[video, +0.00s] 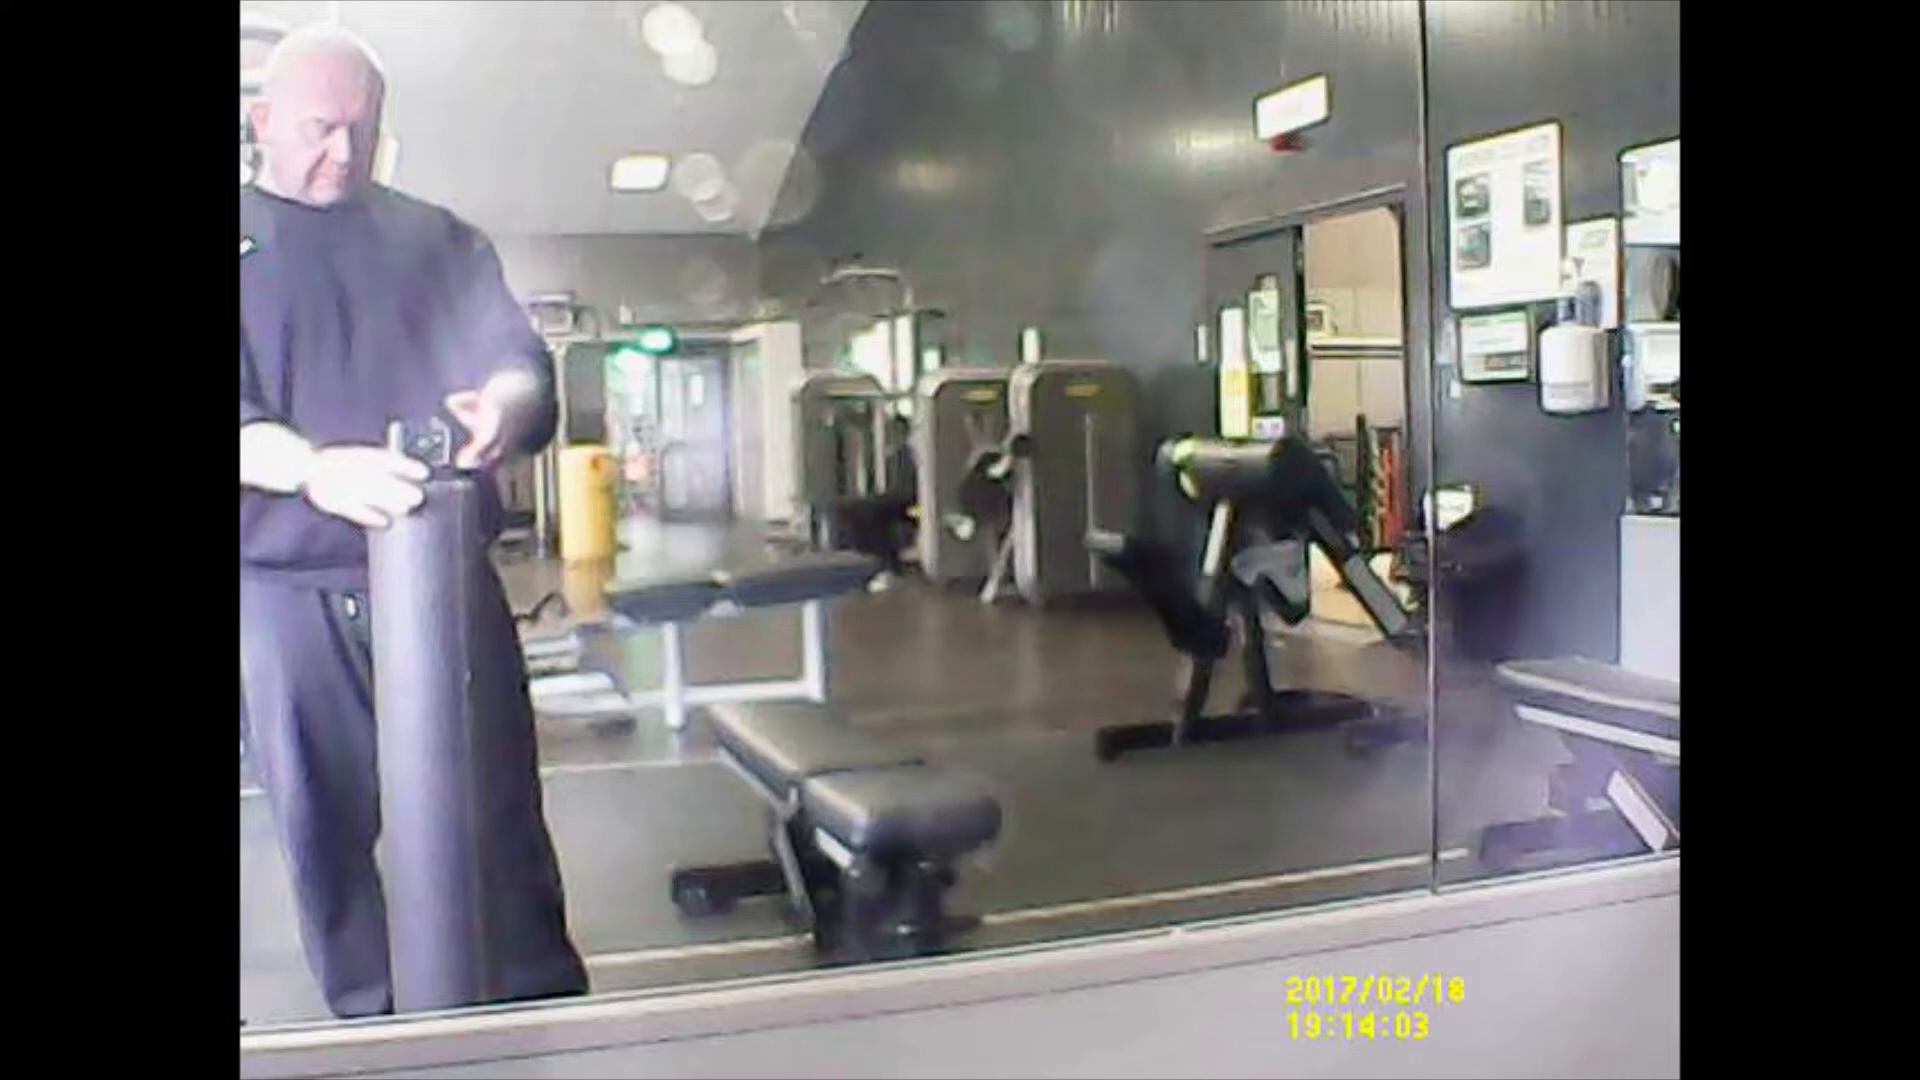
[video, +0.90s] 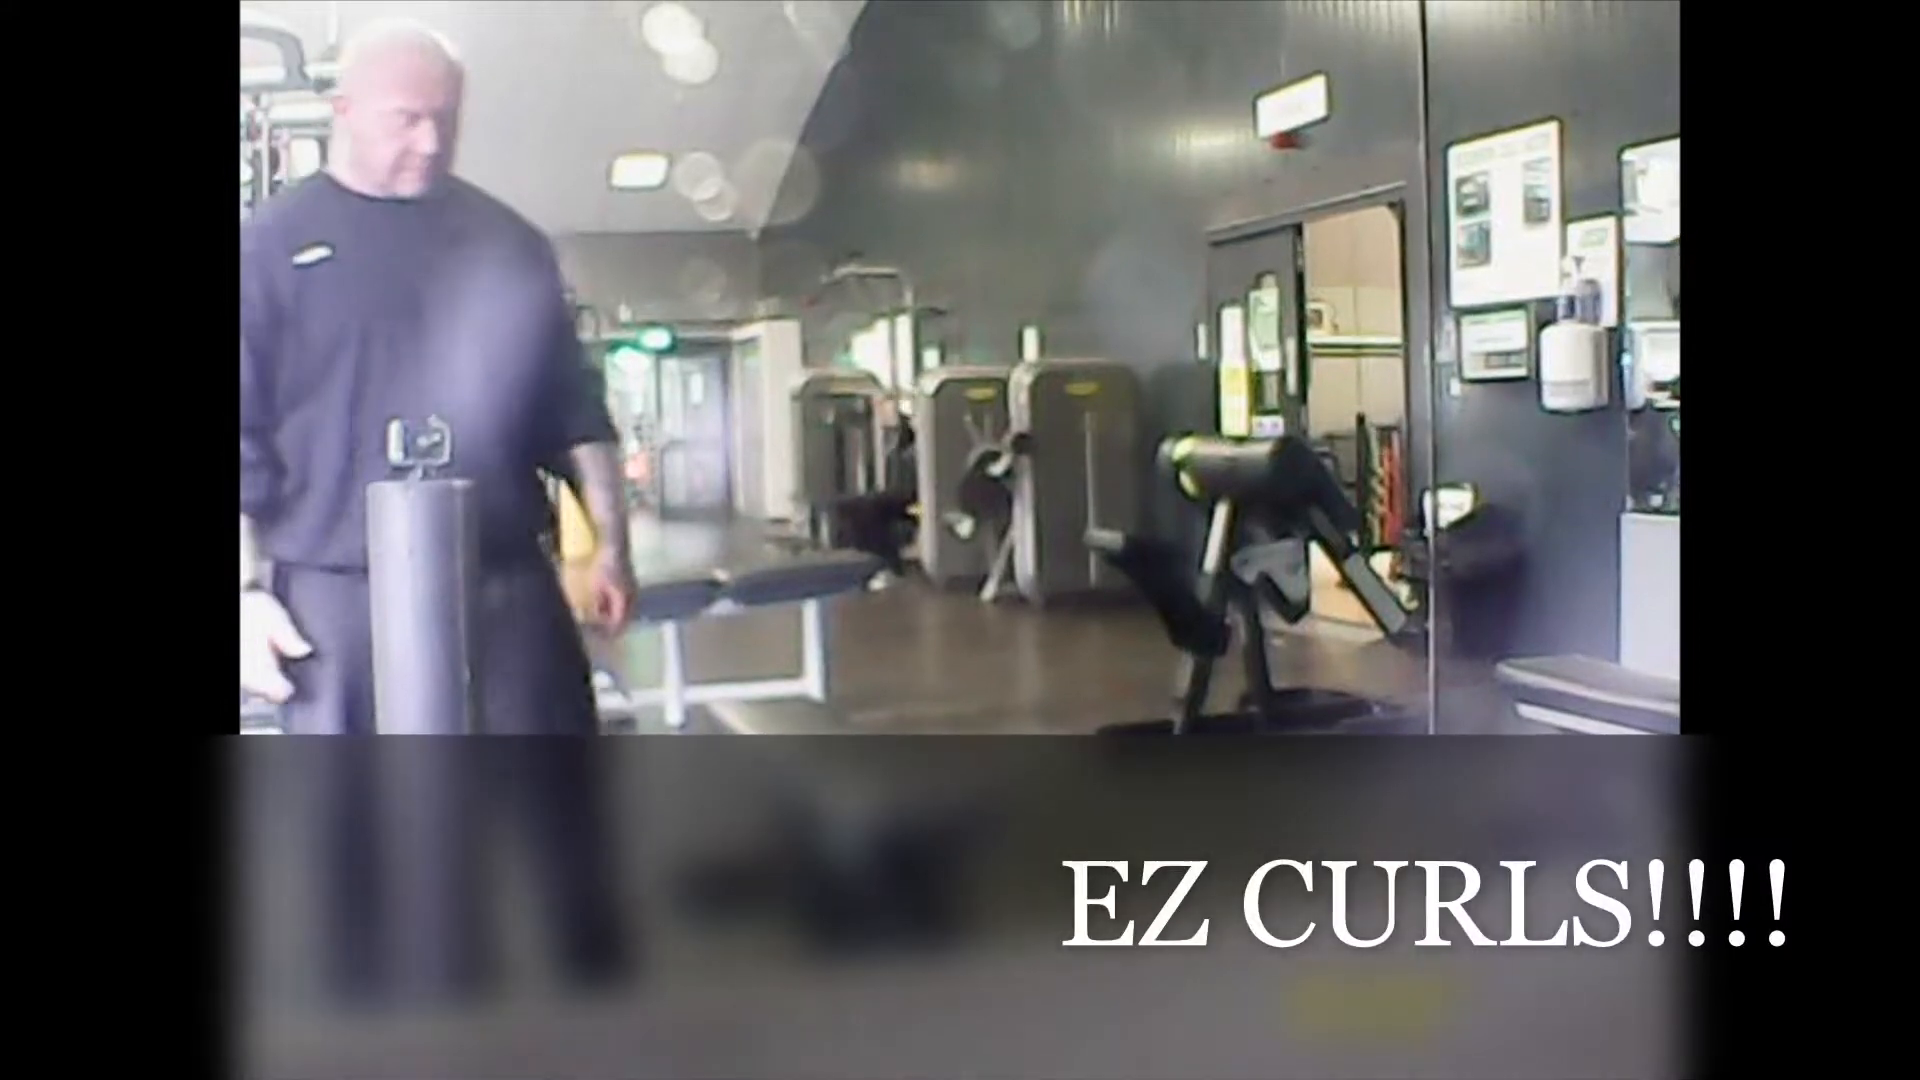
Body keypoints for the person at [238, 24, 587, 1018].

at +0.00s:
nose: (343, 153)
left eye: (361, 129)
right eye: (321, 128)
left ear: (381, 124)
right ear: (262, 121)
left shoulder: (441, 238)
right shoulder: (244, 247)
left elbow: (524, 366)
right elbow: (240, 425)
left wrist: (507, 411)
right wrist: (313, 467)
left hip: (451, 576)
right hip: (293, 591)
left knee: (500, 816)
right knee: (324, 837)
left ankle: (546, 1026)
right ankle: (372, 1035)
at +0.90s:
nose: (429, 140)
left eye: (444, 119)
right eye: (405, 118)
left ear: (460, 119)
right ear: (342, 113)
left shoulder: (508, 242)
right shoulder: (268, 247)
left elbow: (574, 400)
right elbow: (241, 438)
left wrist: (611, 537)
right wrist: (247, 589)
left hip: (501, 578)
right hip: (334, 582)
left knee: (564, 804)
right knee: (347, 824)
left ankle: (596, 1002)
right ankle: (363, 1024)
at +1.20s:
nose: (565, 144)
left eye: (578, 124)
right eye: (544, 120)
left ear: (590, 126)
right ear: (479, 111)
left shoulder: (612, 252)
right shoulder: (386, 238)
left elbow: (660, 408)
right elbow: (330, 423)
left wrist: (679, 535)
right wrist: (360, 584)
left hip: (583, 598)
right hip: (429, 598)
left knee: (615, 853)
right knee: (425, 863)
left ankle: (613, 1039)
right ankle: (431, 1052)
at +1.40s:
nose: (649, 144)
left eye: (662, 125)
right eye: (630, 120)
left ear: (672, 126)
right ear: (567, 110)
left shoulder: (677, 242)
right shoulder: (479, 225)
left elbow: (714, 393)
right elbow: (444, 403)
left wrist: (743, 525)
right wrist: (505, 544)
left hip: (641, 567)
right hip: (506, 560)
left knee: (647, 800)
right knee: (489, 802)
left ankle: (612, 1009)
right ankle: (470, 1010)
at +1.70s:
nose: (695, 148)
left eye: (711, 126)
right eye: (673, 122)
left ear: (726, 124)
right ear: (611, 112)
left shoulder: (733, 244)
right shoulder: (536, 232)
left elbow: (793, 400)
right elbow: (517, 416)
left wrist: (822, 529)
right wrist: (597, 562)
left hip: (691, 570)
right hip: (575, 569)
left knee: (684, 805)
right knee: (635, 810)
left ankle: (655, 1014)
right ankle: (637, 1021)